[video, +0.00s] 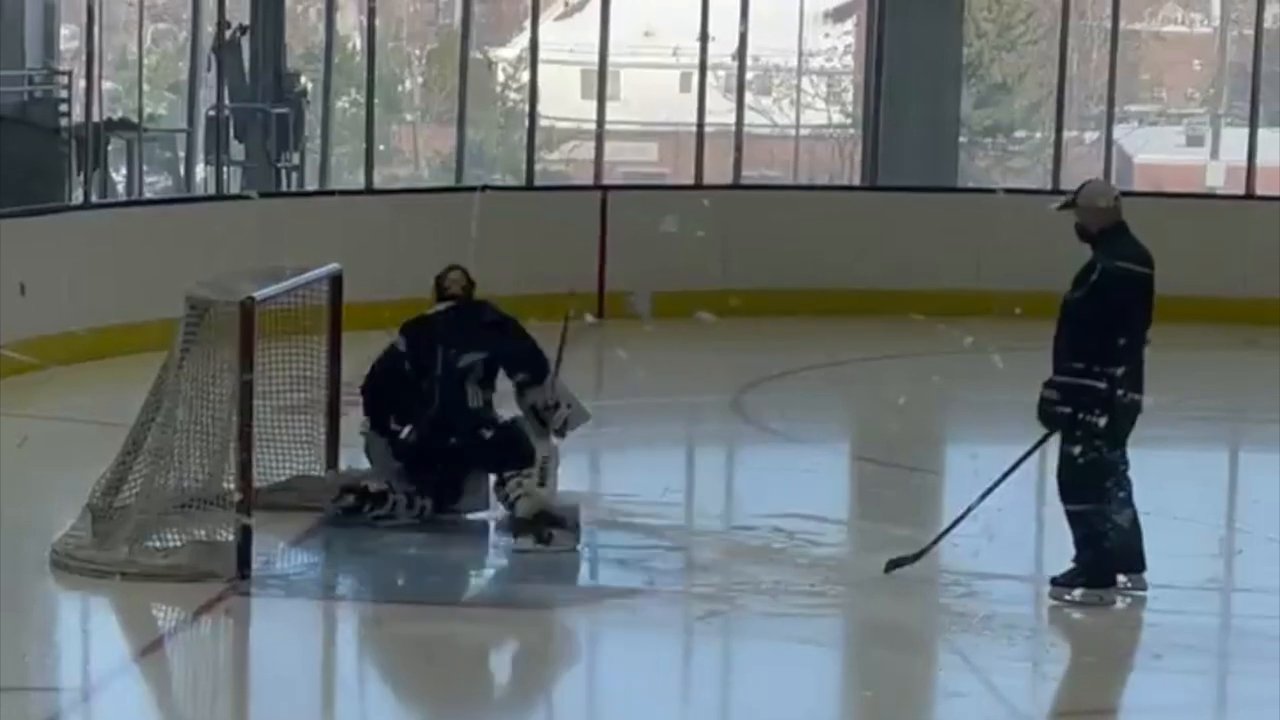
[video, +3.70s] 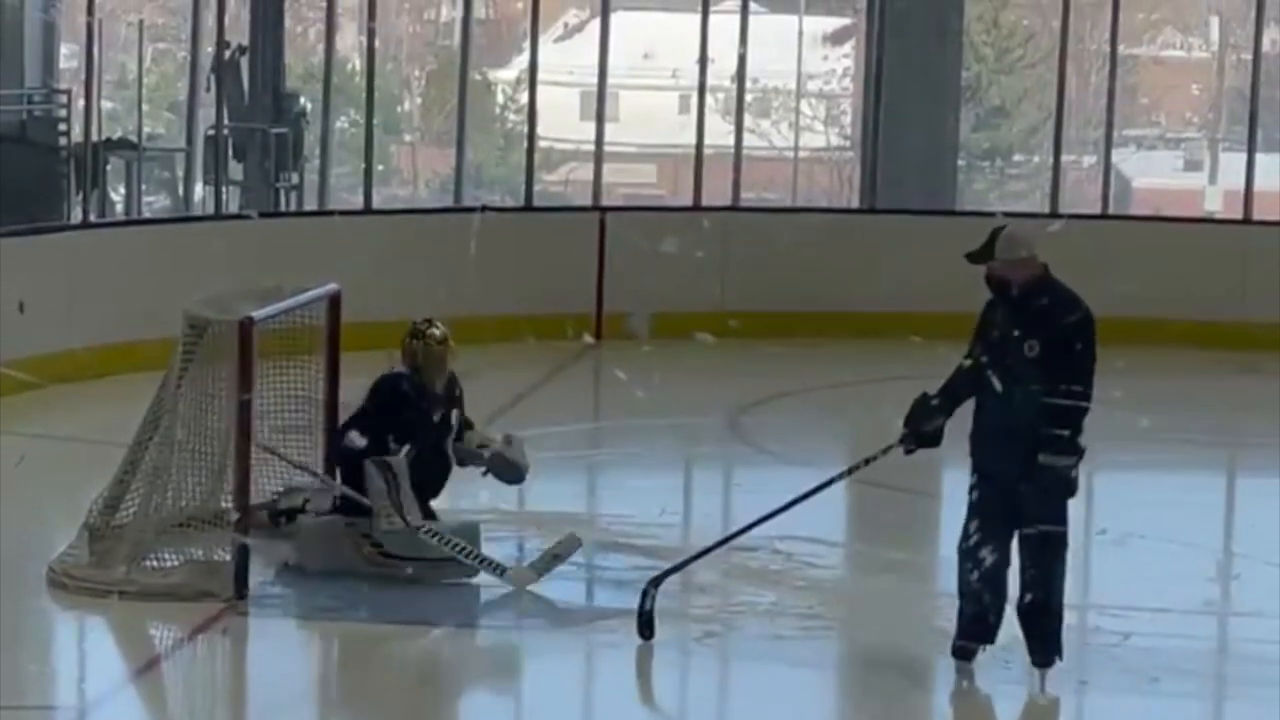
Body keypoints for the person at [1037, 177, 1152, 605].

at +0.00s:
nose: (1075, 223)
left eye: (1079, 215)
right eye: (1075, 214)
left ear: (1096, 216)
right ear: (1111, 213)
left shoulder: (1112, 266)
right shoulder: (1127, 258)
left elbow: (1095, 341)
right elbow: (1085, 336)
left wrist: (1066, 392)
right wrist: (1059, 387)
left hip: (1096, 395)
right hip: (1113, 391)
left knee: (1079, 482)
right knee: (1108, 477)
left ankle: (1095, 570)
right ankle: (1125, 561)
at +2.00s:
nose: (1096, 236)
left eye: (1099, 228)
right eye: (1095, 228)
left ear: (1117, 226)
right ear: (1130, 223)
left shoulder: (1128, 272)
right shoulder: (1150, 265)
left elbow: (1103, 336)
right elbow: (1117, 328)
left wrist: (1069, 338)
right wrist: (1077, 334)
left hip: (1115, 404)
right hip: (1134, 401)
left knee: (1098, 489)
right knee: (1122, 487)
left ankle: (1111, 582)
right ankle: (1133, 575)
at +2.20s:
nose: (1085, 239)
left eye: (1089, 231)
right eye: (1085, 231)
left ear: (1107, 230)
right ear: (1118, 227)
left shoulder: (1121, 276)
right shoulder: (1143, 265)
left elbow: (1099, 352)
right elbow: (1141, 339)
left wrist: (1084, 411)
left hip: (1116, 406)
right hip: (1135, 401)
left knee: (1098, 493)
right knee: (1122, 489)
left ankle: (1108, 583)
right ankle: (1134, 577)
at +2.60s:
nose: (1055, 263)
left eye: (1059, 254)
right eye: (1053, 254)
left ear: (1079, 252)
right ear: (1080, 251)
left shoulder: (1114, 292)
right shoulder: (1088, 287)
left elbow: (1112, 366)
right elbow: (1074, 350)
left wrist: (1069, 396)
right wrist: (1054, 383)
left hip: (1110, 419)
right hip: (1089, 415)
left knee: (1079, 500)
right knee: (1109, 498)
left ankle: (1085, 591)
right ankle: (1133, 577)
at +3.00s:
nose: (1030, 262)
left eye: (1036, 256)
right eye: (1029, 255)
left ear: (1060, 254)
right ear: (1044, 254)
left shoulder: (1102, 298)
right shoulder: (1040, 287)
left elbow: (1105, 376)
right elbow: (1017, 345)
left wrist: (1090, 437)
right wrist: (983, 386)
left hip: (1077, 425)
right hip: (1038, 422)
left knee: (1056, 519)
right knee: (1054, 511)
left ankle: (1046, 615)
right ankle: (1075, 586)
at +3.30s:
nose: (1010, 264)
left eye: (1016, 256)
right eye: (1009, 256)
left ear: (1041, 256)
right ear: (1027, 255)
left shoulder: (1088, 305)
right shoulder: (1020, 293)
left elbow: (1093, 383)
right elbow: (987, 355)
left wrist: (1083, 441)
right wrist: (947, 395)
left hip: (1058, 440)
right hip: (1011, 435)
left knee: (1052, 535)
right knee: (1005, 527)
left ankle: (1045, 629)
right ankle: (1006, 601)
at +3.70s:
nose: (993, 275)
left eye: (999, 268)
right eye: (992, 268)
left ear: (1023, 266)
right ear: (1005, 267)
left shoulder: (1070, 315)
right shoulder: (1000, 306)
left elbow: (1071, 397)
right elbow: (975, 367)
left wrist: (1057, 463)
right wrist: (935, 410)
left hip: (1043, 462)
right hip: (994, 457)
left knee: (1043, 562)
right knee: (980, 554)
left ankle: (1044, 657)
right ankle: (967, 649)